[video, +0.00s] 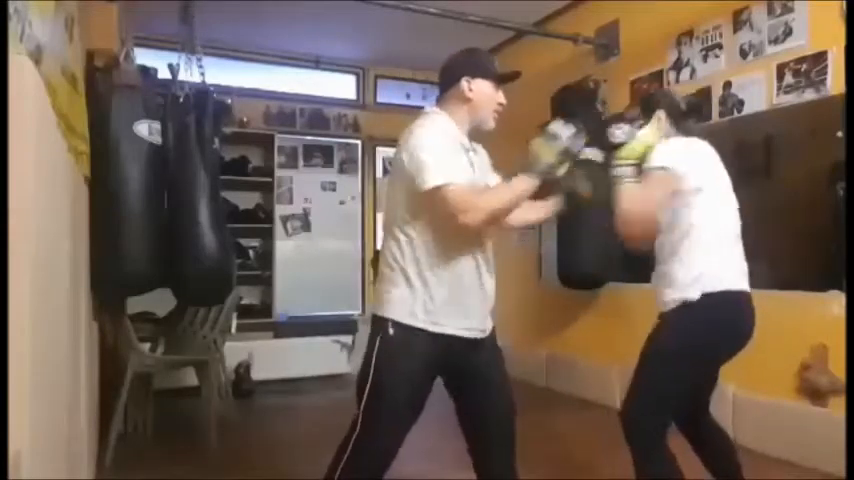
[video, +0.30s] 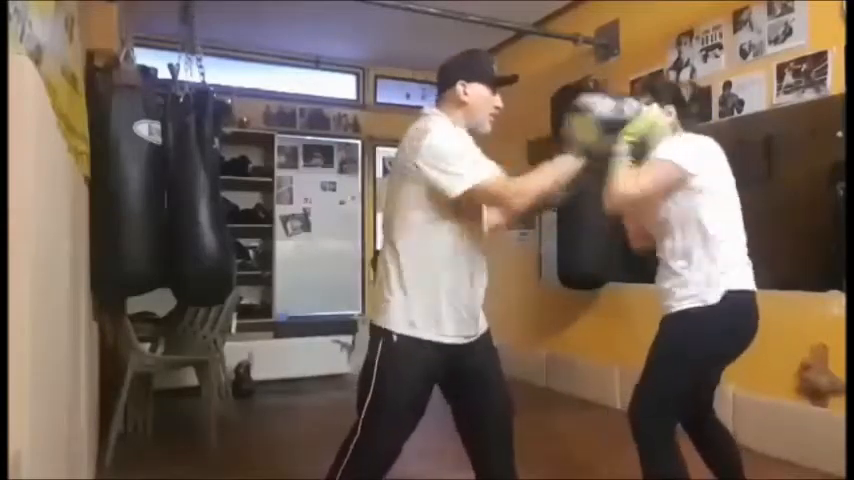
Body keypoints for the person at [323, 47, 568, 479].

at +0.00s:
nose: (503, 98)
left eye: (502, 88)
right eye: (496, 86)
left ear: (469, 90)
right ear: (468, 88)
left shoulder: (474, 152)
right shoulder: (426, 135)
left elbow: (508, 213)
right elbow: (468, 212)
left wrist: (566, 195)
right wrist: (532, 175)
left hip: (470, 327)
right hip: (410, 325)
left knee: (496, 446)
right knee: (370, 450)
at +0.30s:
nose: (499, 102)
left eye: (499, 92)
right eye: (492, 91)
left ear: (464, 93)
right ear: (463, 90)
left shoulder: (457, 142)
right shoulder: (431, 135)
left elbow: (487, 218)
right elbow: (510, 196)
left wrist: (533, 195)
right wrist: (577, 154)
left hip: (464, 326)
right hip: (410, 327)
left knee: (494, 440)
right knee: (374, 448)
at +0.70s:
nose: (456, 100)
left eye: (455, 90)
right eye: (447, 87)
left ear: (420, 91)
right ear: (417, 89)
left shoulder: (428, 146)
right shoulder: (382, 134)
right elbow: (465, 173)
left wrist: (522, 146)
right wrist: (513, 130)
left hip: (448, 330)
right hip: (385, 334)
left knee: (492, 459)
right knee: (354, 466)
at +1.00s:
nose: (452, 102)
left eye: (451, 91)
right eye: (443, 89)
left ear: (419, 93)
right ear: (412, 90)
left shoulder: (439, 146)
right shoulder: (368, 144)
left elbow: (495, 181)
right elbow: (401, 213)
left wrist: (555, 161)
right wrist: (459, 161)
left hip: (448, 334)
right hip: (380, 340)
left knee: (487, 456)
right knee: (355, 462)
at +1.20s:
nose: (469, 109)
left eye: (469, 99)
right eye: (462, 98)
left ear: (437, 98)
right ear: (435, 96)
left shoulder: (432, 151)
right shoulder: (397, 139)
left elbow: (462, 206)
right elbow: (461, 206)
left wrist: (503, 146)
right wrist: (505, 158)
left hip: (450, 332)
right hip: (391, 338)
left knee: (497, 423)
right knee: (362, 455)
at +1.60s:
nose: (543, 111)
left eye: (544, 101)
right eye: (533, 101)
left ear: (521, 99)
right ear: (499, 99)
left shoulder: (551, 130)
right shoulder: (447, 148)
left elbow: (624, 119)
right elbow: (381, 201)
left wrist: (700, 114)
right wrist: (395, 269)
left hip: (521, 318)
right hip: (448, 315)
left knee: (540, 423)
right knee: (424, 430)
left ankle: (531, 477)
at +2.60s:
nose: (557, 119)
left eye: (558, 112)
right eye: (552, 109)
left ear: (524, 103)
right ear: (528, 100)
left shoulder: (529, 148)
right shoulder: (502, 126)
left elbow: (582, 160)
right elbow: (614, 140)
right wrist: (681, 147)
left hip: (502, 301)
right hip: (469, 295)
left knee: (525, 411)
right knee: (435, 426)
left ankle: (527, 477)